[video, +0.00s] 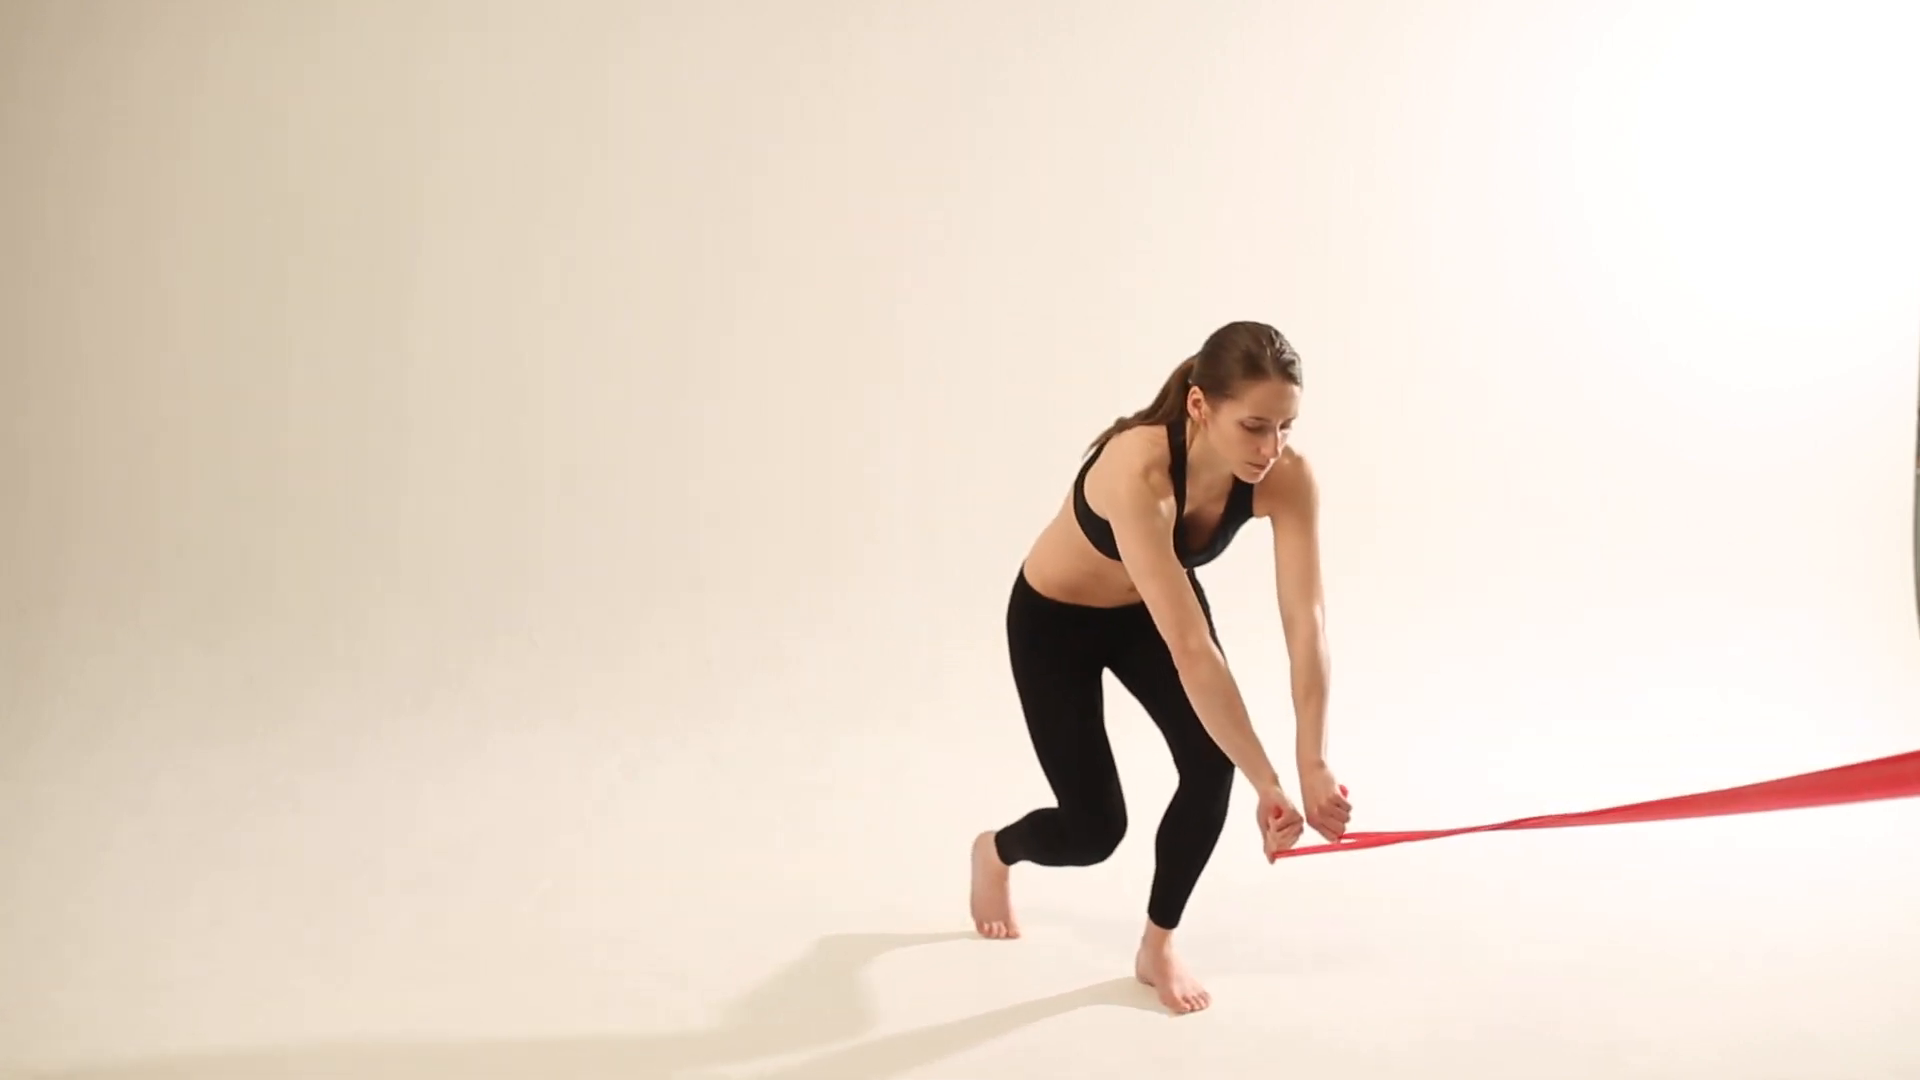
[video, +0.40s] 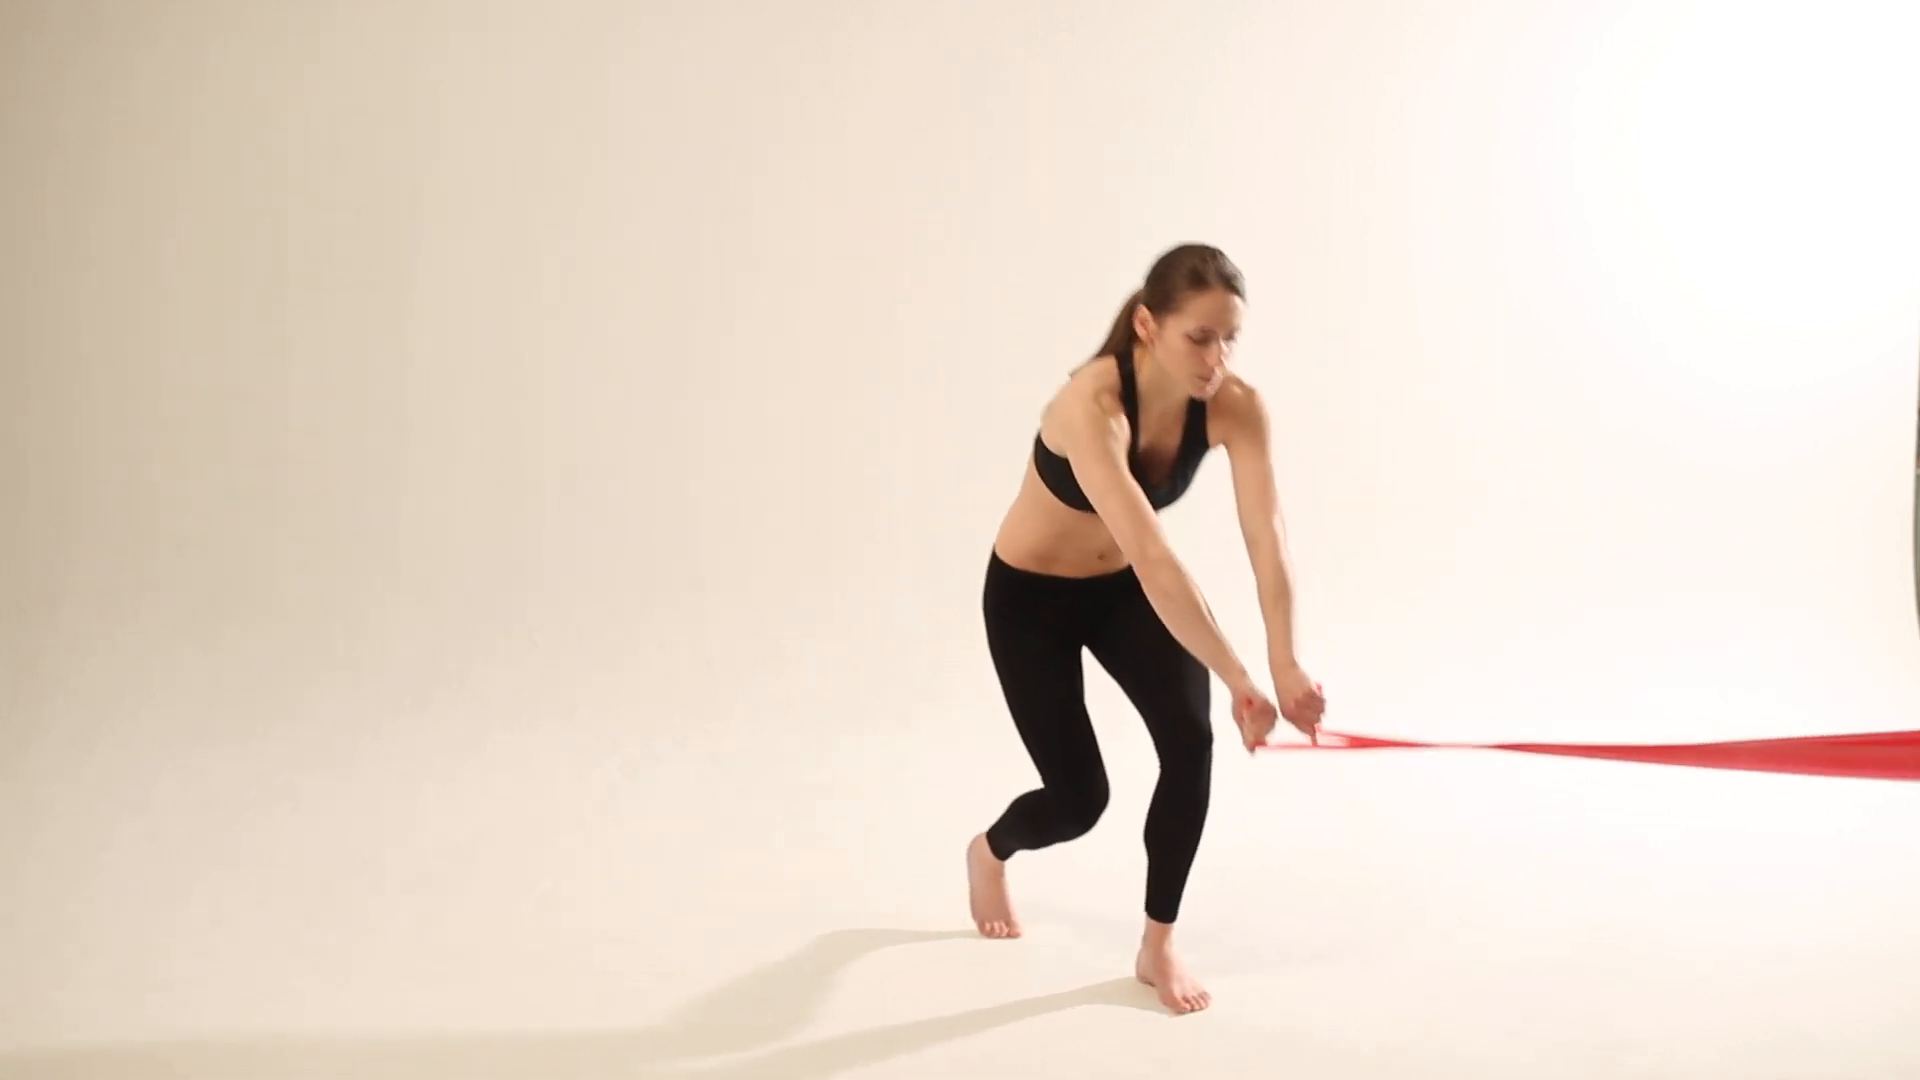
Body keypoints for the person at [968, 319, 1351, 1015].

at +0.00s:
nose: (1271, 446)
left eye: (1284, 427)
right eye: (1254, 426)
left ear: (1295, 413)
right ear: (1199, 407)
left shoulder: (1284, 479)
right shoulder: (1135, 468)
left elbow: (1304, 622)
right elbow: (1192, 649)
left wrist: (1311, 762)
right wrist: (1265, 784)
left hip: (1153, 614)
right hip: (1054, 620)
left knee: (1211, 768)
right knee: (1095, 830)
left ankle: (1158, 943)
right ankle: (995, 851)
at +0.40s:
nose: (1219, 359)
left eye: (1229, 338)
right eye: (1201, 338)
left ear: (1239, 331)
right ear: (1146, 326)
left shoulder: (1235, 406)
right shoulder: (1088, 405)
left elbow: (1265, 542)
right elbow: (1152, 560)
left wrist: (1284, 666)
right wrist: (1237, 678)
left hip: (1128, 587)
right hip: (1030, 596)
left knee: (1190, 746)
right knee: (1079, 799)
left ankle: (1158, 941)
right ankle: (988, 851)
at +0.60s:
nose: (1138, 251)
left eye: (1149, 234)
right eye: (1121, 232)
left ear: (1158, 237)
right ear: (1070, 229)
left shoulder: (1159, 312)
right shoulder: (1018, 321)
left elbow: (1202, 426)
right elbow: (1084, 454)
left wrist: (1231, 529)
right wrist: (1177, 547)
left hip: (1085, 540)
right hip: (984, 544)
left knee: (1145, 720)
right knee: (1036, 742)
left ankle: (1162, 930)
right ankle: (984, 861)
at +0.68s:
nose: (1106, 209)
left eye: (1116, 192)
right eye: (1089, 192)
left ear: (1124, 197)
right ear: (1038, 190)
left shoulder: (1128, 277)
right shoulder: (986, 285)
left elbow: (1181, 382)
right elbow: (1038, 419)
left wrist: (1202, 465)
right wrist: (1145, 486)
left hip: (1066, 518)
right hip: (967, 522)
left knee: (1123, 707)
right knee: (1017, 718)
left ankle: (1151, 906)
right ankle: (984, 865)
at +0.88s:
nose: (1039, 145)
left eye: (1049, 130)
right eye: (1022, 129)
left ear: (1056, 137)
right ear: (972, 131)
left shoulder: (1069, 228)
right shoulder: (926, 233)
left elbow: (1145, 333)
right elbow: (920, 370)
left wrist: (1164, 336)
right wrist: (1012, 349)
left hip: (1037, 481)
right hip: (939, 488)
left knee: (1072, 675)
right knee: (976, 681)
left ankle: (1011, 810)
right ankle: (979, 872)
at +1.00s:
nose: (1005, 128)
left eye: (1015, 113)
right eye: (988, 111)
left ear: (1023, 122)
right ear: (941, 117)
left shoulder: (1041, 215)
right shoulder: (898, 220)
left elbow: (1128, 322)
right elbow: (854, 362)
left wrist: (1155, 284)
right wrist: (906, 307)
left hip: (1025, 471)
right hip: (929, 475)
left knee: (1028, 677)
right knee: (963, 672)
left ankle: (944, 764)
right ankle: (977, 872)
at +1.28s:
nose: (953, 120)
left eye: (963, 105)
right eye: (936, 105)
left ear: (972, 116)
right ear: (893, 113)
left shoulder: (995, 208)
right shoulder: (853, 215)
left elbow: (1058, 313)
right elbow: (782, 344)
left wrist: (1120, 246)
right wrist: (750, 283)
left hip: (987, 459)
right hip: (897, 459)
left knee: (956, 649)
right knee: (931, 655)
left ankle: (902, 787)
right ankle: (967, 860)